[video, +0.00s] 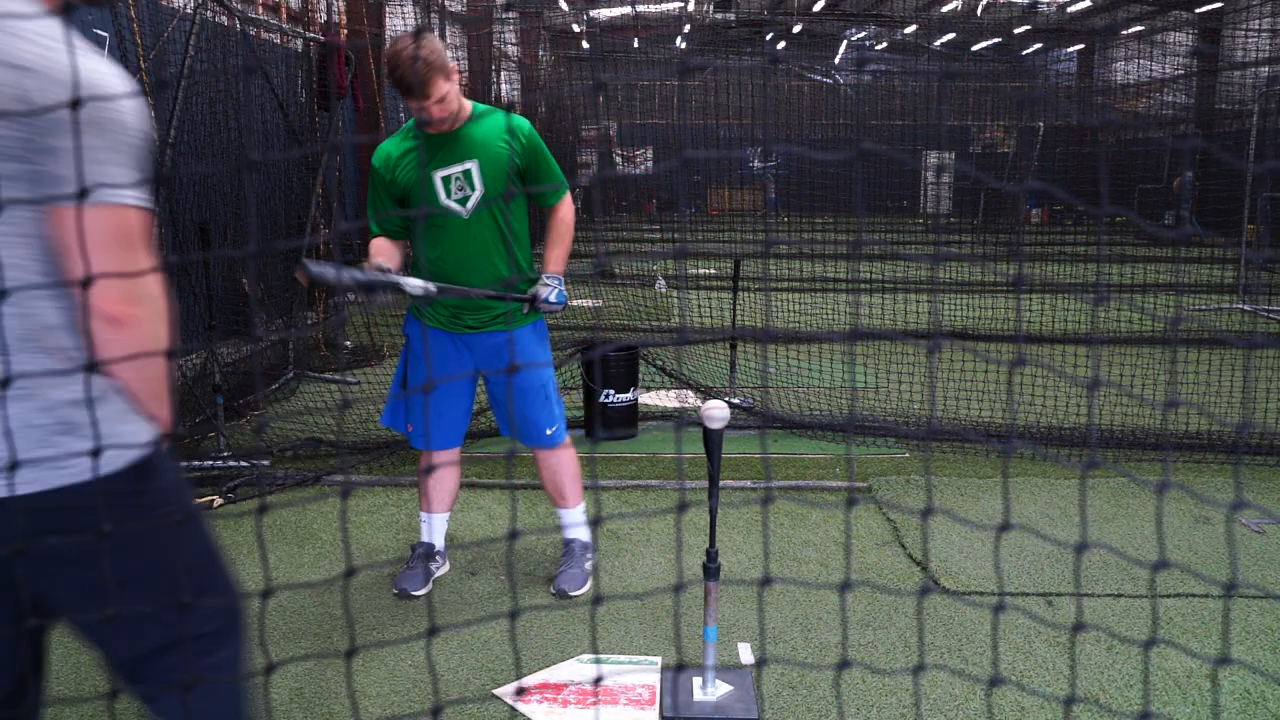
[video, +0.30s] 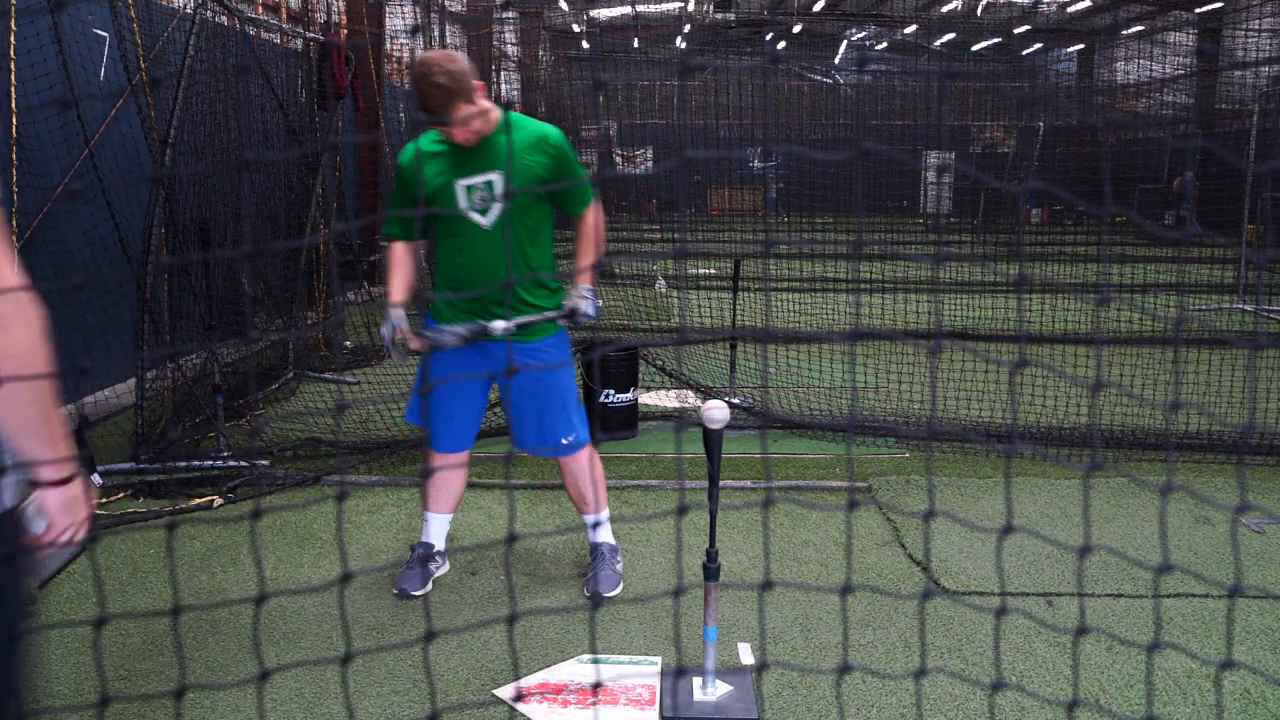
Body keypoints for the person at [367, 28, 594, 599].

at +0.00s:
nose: (435, 114)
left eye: (441, 101)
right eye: (421, 108)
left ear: (457, 77)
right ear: (403, 99)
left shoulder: (512, 134)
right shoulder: (391, 159)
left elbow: (561, 201)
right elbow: (388, 233)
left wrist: (552, 276)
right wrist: (381, 268)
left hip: (515, 319)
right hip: (436, 325)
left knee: (547, 434)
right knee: (436, 443)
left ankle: (577, 540)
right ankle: (430, 548)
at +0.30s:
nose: (462, 132)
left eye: (469, 118)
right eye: (448, 124)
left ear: (483, 89)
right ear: (430, 116)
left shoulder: (541, 143)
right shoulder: (418, 161)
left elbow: (588, 209)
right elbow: (403, 238)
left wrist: (583, 282)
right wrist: (396, 309)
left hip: (535, 322)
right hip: (455, 328)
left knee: (568, 439)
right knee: (445, 444)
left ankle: (603, 544)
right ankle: (431, 548)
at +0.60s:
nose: (515, 131)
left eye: (523, 118)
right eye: (502, 123)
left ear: (541, 94)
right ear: (484, 110)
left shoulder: (589, 150)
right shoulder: (462, 148)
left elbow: (621, 228)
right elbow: (450, 220)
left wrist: (605, 299)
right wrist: (440, 291)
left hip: (557, 325)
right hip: (474, 322)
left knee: (581, 440)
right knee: (449, 435)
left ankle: (606, 544)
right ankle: (419, 539)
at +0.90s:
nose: (486, 142)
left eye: (494, 130)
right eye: (474, 132)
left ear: (516, 108)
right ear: (457, 116)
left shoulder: (555, 161)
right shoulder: (427, 152)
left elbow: (583, 240)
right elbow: (402, 224)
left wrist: (573, 313)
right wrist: (379, 297)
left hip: (534, 330)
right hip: (450, 330)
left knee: (569, 443)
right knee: (432, 447)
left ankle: (604, 543)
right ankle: (417, 542)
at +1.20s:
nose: (461, 166)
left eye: (469, 154)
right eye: (449, 157)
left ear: (489, 122)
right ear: (430, 136)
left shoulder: (537, 172)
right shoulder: (411, 163)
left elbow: (568, 267)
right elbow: (395, 235)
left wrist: (557, 344)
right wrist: (374, 291)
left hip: (528, 332)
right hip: (447, 330)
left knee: (563, 438)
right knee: (430, 439)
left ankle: (605, 539)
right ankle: (417, 543)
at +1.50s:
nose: (489, 217)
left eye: (498, 206)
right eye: (479, 208)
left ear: (517, 179)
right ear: (460, 182)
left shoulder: (553, 221)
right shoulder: (441, 179)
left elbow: (563, 327)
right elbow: (433, 227)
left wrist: (559, 421)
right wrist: (426, 280)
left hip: (537, 339)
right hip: (461, 329)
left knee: (569, 439)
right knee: (439, 435)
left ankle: (606, 542)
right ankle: (418, 540)